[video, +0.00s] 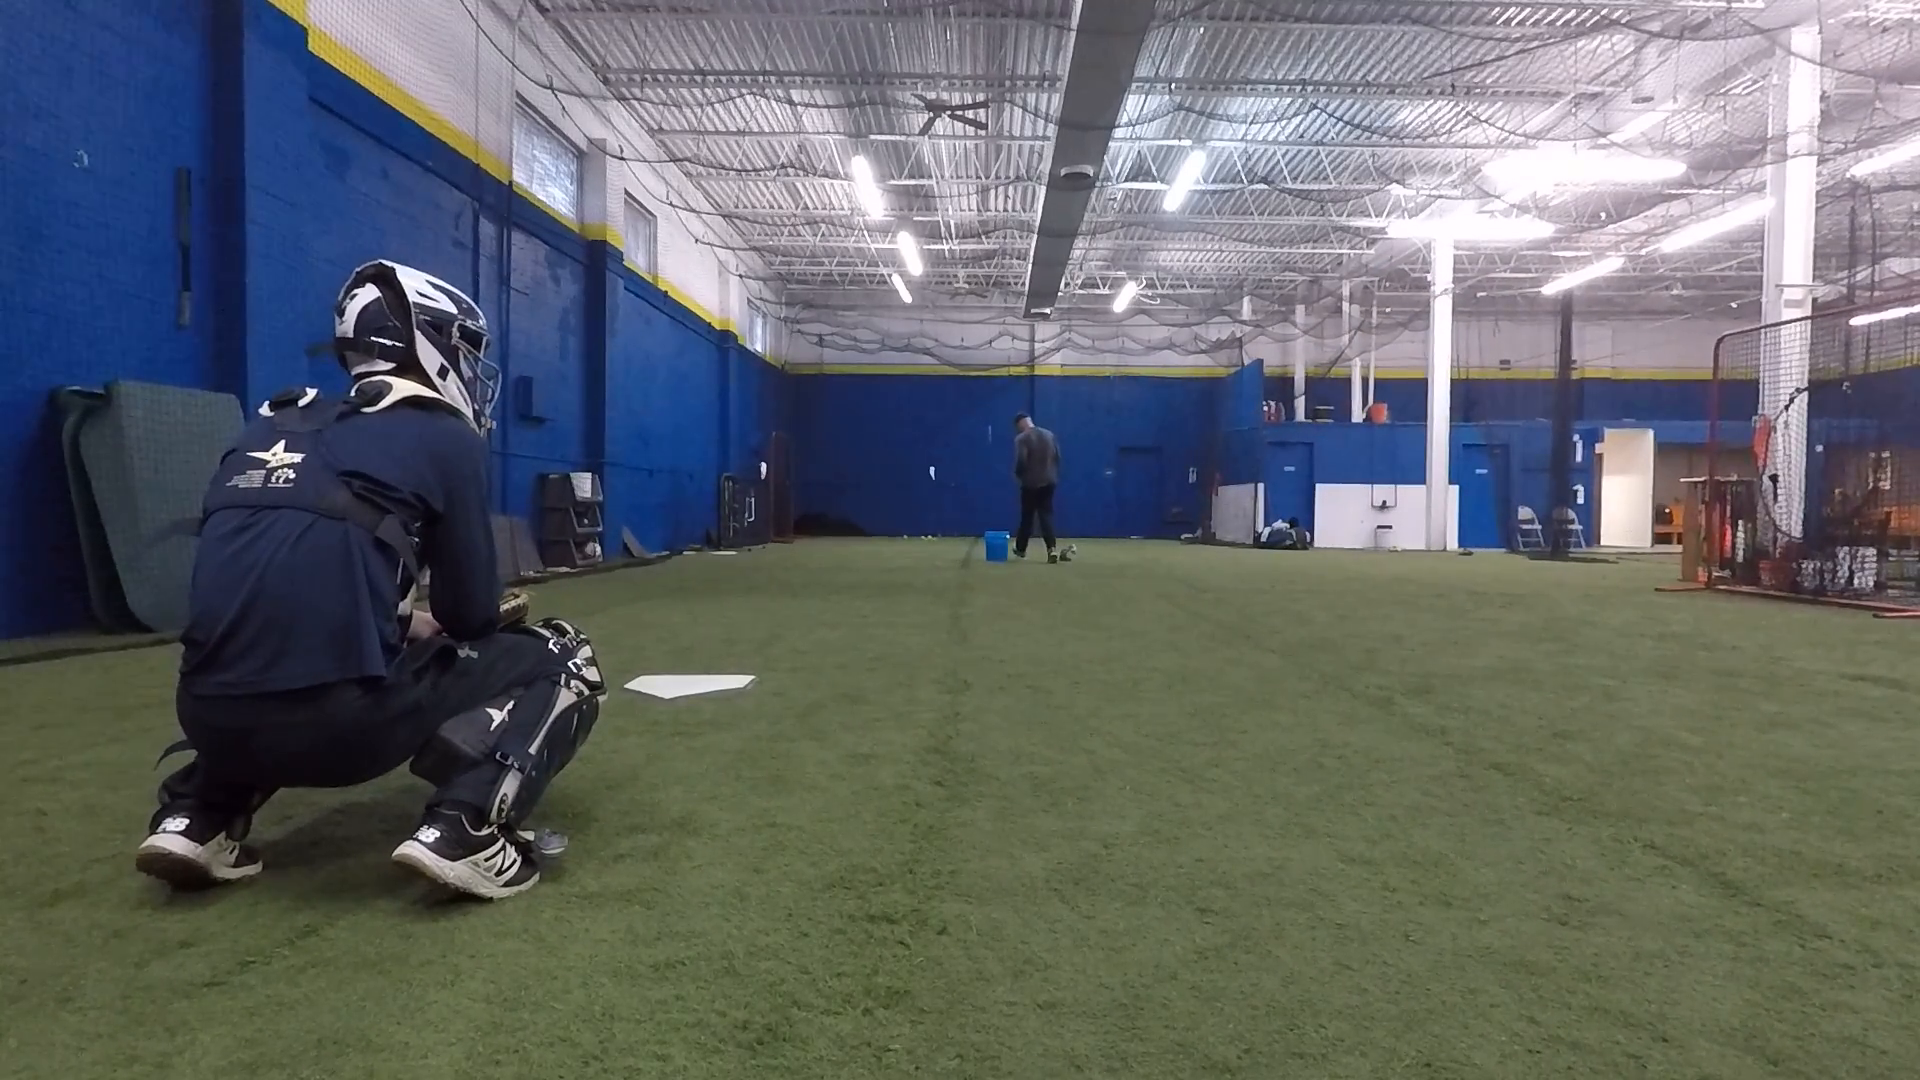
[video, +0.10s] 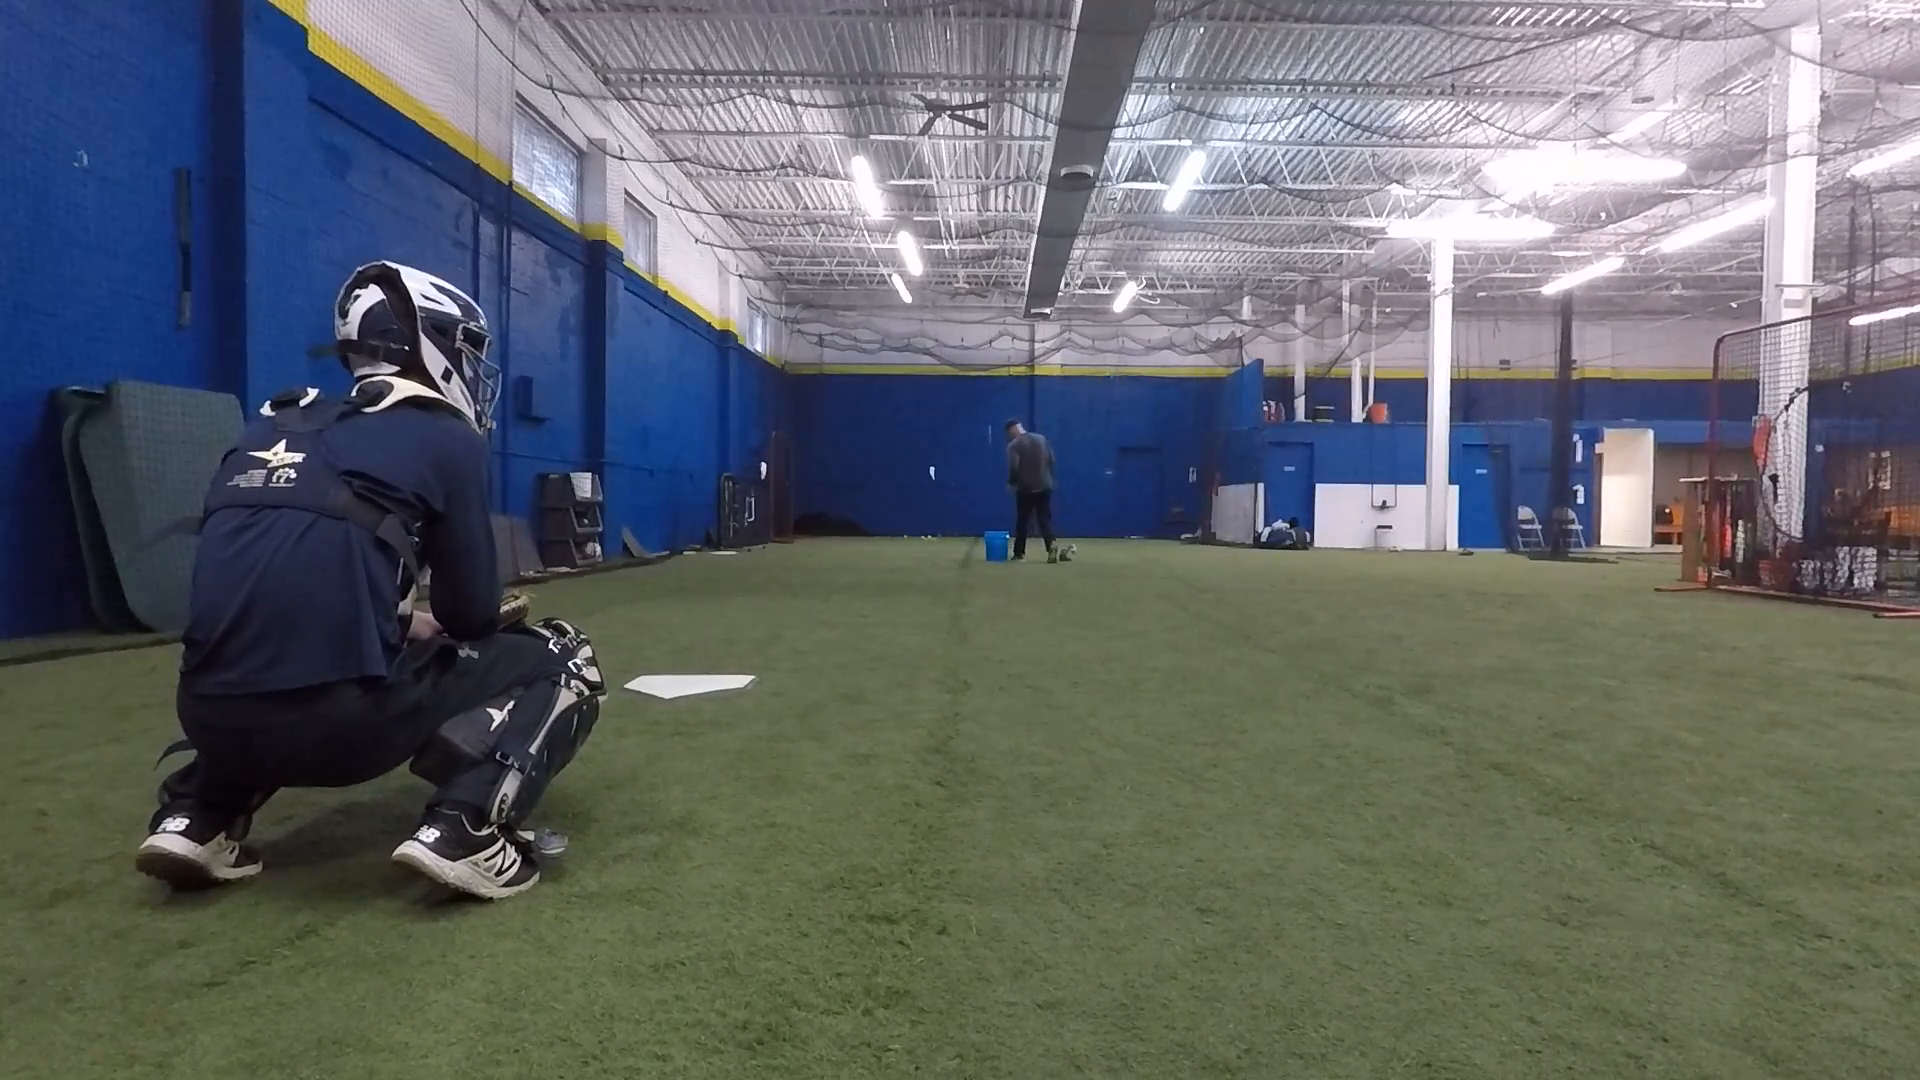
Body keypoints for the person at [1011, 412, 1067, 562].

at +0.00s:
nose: (1020, 428)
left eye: (1019, 425)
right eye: (1020, 425)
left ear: (1020, 424)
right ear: (1031, 421)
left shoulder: (1021, 438)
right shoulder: (1049, 434)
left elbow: (1021, 459)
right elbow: (1056, 455)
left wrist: (1018, 473)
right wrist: (1054, 470)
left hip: (1030, 483)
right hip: (1048, 482)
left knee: (1027, 516)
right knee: (1046, 514)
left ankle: (1021, 548)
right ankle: (1052, 549)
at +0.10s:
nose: (1010, 435)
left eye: (1010, 432)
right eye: (1010, 432)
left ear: (1011, 431)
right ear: (1021, 427)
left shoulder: (1013, 445)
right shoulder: (1041, 439)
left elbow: (1014, 466)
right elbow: (1051, 459)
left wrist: (1012, 482)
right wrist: (1049, 474)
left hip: (1025, 489)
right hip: (1044, 487)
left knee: (1022, 521)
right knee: (1044, 518)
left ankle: (1019, 552)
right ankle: (1051, 544)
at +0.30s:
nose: (996, 447)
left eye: (995, 444)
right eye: (995, 445)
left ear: (997, 440)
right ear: (1004, 435)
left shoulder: (1004, 451)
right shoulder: (1026, 439)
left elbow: (1005, 476)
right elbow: (1042, 455)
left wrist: (1003, 499)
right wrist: (1036, 471)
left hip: (1021, 489)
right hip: (1040, 485)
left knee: (1017, 521)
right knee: (1037, 517)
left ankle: (1018, 553)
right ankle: (1048, 543)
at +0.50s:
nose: (988, 462)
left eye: (986, 459)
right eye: (986, 460)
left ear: (988, 454)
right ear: (993, 447)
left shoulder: (996, 461)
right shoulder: (1014, 444)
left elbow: (999, 488)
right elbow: (1035, 454)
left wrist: (996, 512)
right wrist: (1029, 470)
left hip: (1021, 488)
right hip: (1039, 482)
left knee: (1017, 521)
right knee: (1036, 518)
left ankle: (1018, 552)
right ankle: (1044, 550)